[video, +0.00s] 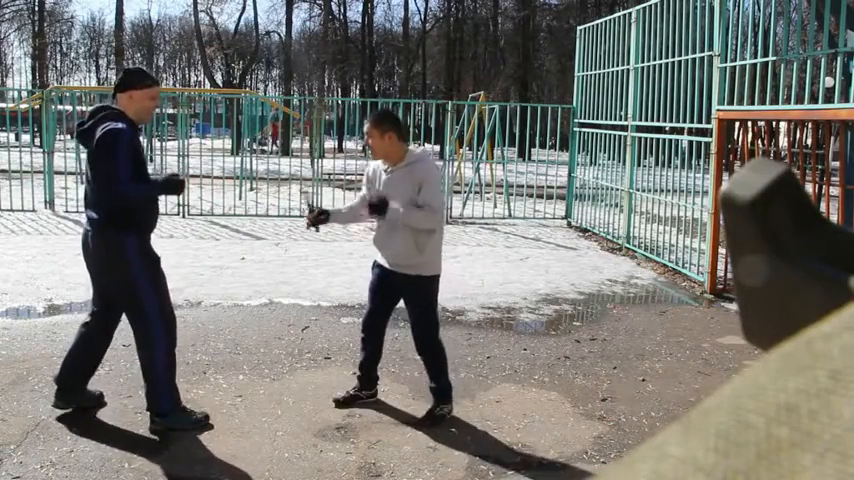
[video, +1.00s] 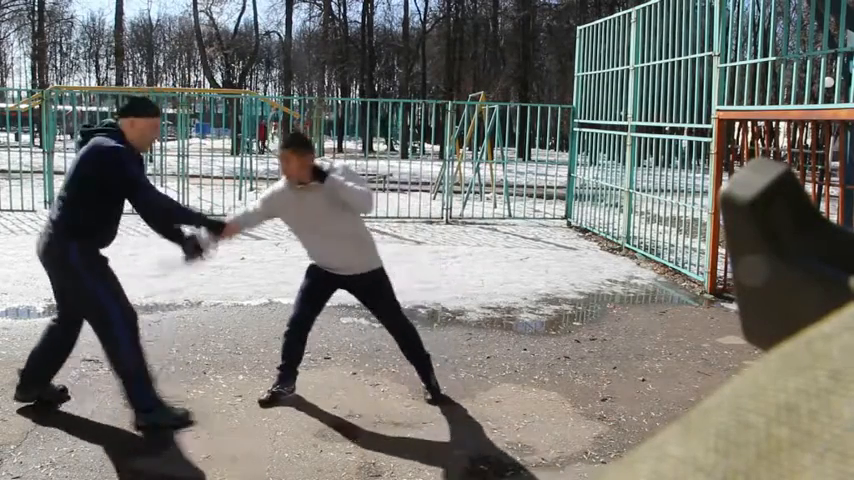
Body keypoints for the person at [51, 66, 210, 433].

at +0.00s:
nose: (155, 106)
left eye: (156, 99)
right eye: (151, 98)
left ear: (126, 97)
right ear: (128, 96)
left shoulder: (109, 128)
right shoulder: (119, 134)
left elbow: (117, 187)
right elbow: (121, 191)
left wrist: (157, 185)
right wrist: (164, 186)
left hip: (103, 243)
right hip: (125, 246)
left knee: (104, 315)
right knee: (158, 324)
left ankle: (70, 388)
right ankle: (166, 411)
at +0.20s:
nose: (150, 113)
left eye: (151, 105)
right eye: (146, 105)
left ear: (120, 104)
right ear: (123, 104)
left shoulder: (103, 134)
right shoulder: (111, 140)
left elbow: (116, 188)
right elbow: (122, 195)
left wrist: (147, 166)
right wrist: (149, 165)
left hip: (99, 247)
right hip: (120, 251)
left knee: (101, 319)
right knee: (162, 323)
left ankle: (62, 393)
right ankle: (167, 412)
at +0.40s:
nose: (144, 112)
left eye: (145, 106)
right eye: (140, 105)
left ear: (114, 103)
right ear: (115, 102)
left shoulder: (103, 134)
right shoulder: (98, 138)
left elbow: (110, 187)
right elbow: (108, 194)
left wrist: (141, 168)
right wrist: (145, 168)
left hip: (99, 247)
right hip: (112, 250)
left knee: (96, 319)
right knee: (155, 320)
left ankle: (61, 395)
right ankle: (172, 409)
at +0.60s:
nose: (145, 109)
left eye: (146, 102)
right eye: (140, 102)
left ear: (115, 103)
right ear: (116, 102)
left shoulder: (108, 134)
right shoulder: (101, 136)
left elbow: (114, 181)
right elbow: (108, 191)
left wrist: (143, 165)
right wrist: (147, 174)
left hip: (100, 244)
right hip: (116, 248)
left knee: (99, 318)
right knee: (158, 321)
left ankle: (62, 394)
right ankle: (173, 409)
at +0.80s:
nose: (145, 116)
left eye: (145, 109)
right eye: (140, 109)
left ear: (115, 109)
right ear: (118, 109)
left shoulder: (100, 137)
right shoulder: (109, 142)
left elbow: (114, 191)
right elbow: (126, 192)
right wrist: (162, 169)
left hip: (92, 249)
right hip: (111, 253)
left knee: (102, 313)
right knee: (161, 320)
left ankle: (46, 377)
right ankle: (173, 408)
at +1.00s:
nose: (157, 135)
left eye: (158, 128)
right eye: (153, 127)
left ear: (130, 124)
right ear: (131, 123)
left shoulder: (114, 150)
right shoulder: (113, 154)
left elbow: (148, 206)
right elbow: (152, 202)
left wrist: (183, 238)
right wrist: (206, 221)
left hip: (62, 247)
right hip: (74, 251)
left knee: (68, 320)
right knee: (120, 321)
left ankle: (32, 385)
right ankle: (149, 410)